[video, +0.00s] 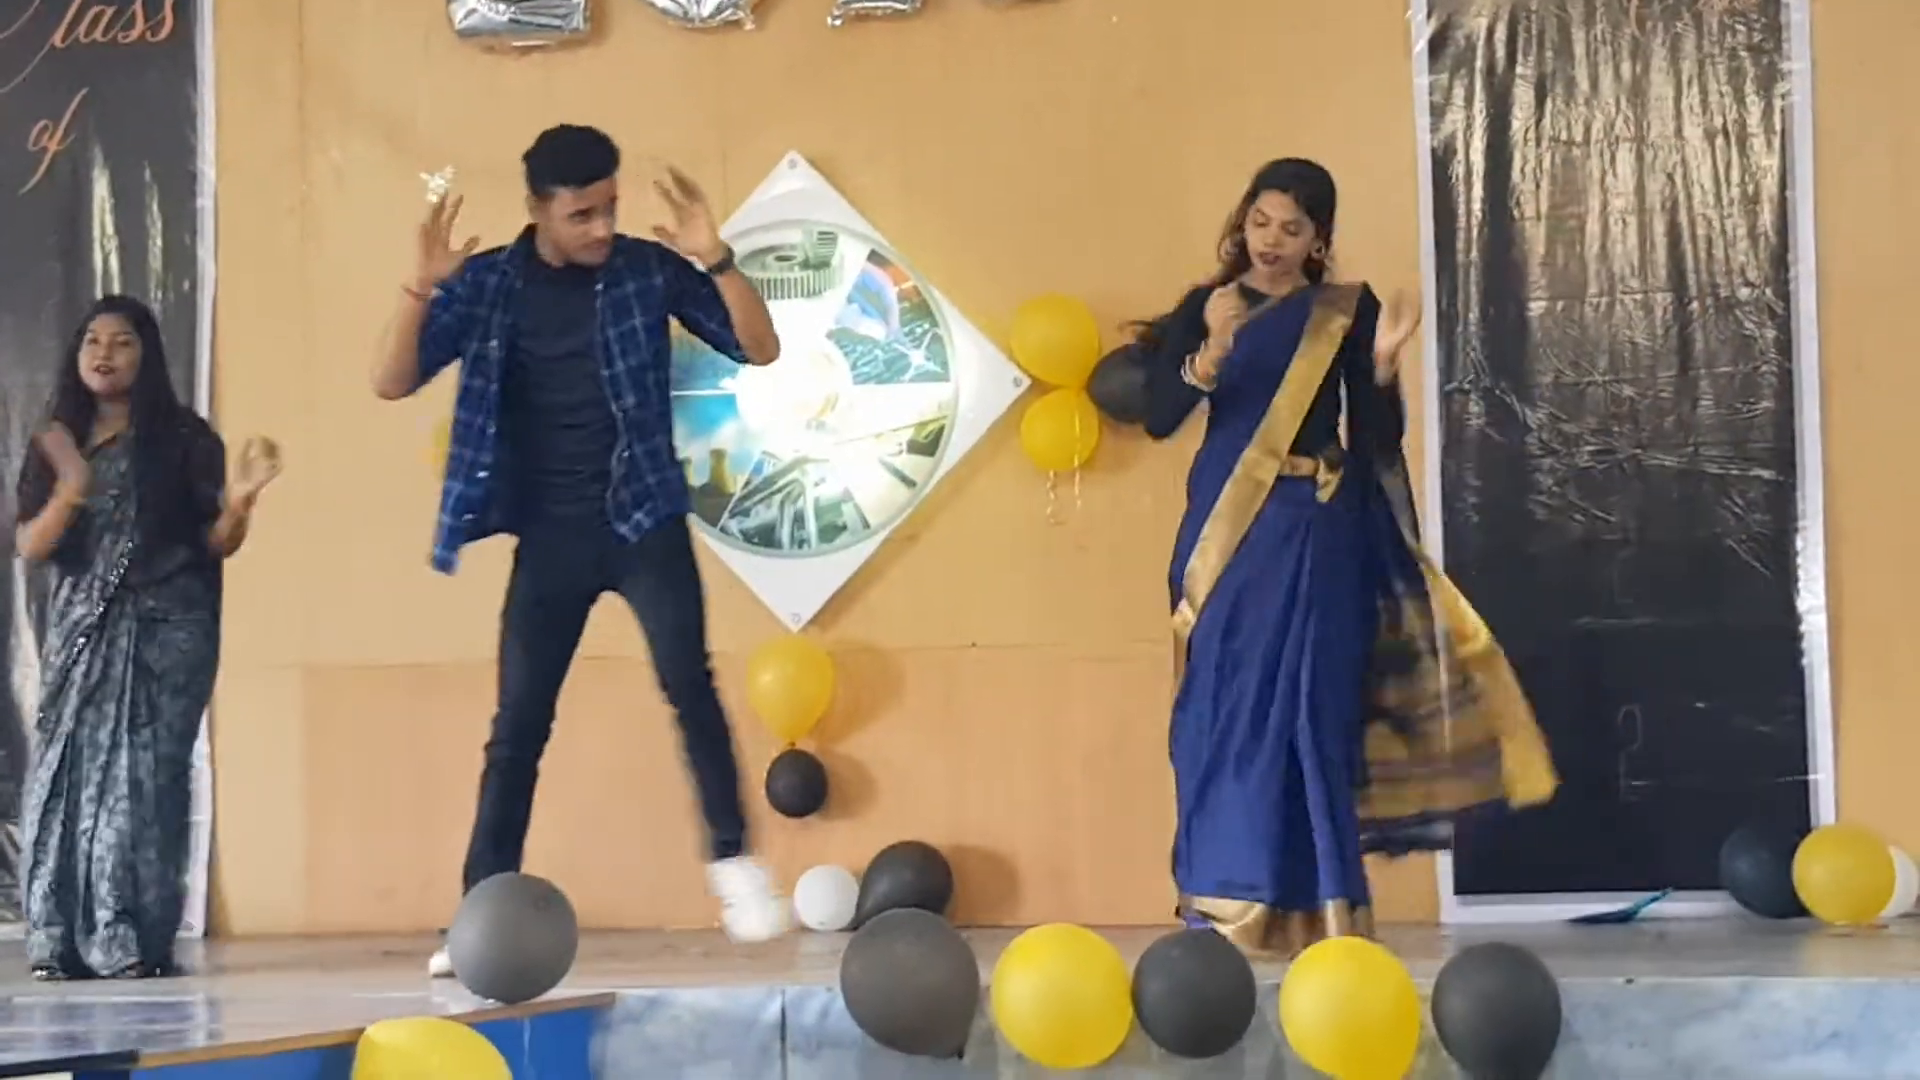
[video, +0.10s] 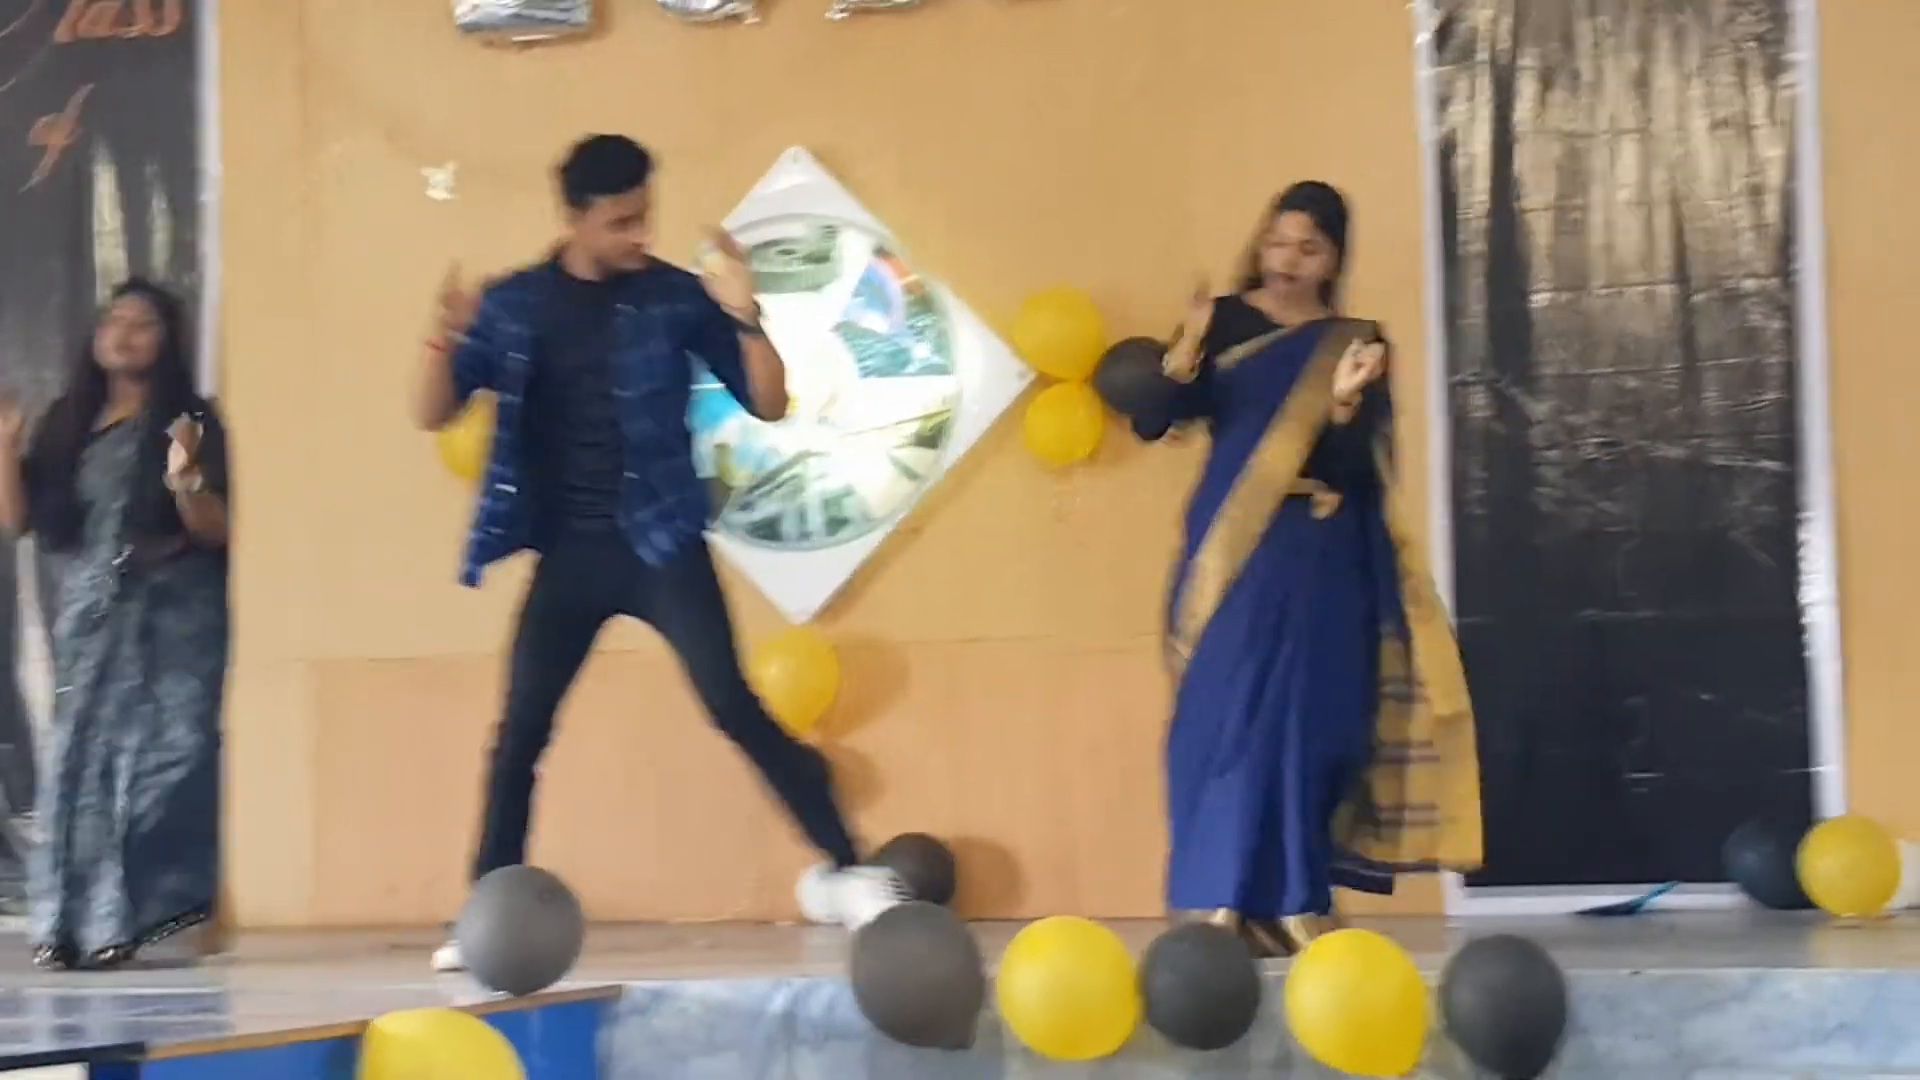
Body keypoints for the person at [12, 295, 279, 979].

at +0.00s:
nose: (104, 355)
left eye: (121, 344)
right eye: (93, 342)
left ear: (148, 356)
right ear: (77, 355)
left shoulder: (189, 439)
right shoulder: (56, 441)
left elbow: (217, 545)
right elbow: (31, 546)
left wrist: (237, 508)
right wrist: (69, 486)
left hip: (169, 628)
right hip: (86, 628)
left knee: (148, 775)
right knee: (70, 771)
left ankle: (136, 939)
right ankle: (61, 938)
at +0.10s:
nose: (125, 337)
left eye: (142, 327)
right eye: (115, 324)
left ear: (168, 341)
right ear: (96, 336)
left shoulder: (193, 422)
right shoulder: (71, 420)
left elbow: (217, 532)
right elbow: (21, 521)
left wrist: (189, 482)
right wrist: (10, 453)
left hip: (176, 617)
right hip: (94, 617)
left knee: (167, 757)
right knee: (84, 755)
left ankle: (130, 919)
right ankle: (68, 923)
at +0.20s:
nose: (160, 317)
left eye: (176, 307)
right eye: (149, 304)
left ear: (200, 321)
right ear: (128, 315)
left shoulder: (216, 400)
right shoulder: (98, 392)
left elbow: (225, 499)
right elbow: (28, 475)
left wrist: (151, 440)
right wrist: (9, 408)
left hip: (203, 603)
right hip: (123, 602)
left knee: (219, 744)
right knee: (114, 746)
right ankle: (98, 916)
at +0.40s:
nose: (227, 316)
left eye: (244, 306)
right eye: (216, 304)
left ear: (270, 319)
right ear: (198, 316)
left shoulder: (278, 401)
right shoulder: (179, 391)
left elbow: (232, 475)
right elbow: (108, 430)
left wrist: (137, 445)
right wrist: (49, 407)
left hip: (249, 588)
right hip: (179, 586)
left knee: (281, 738)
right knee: (148, 739)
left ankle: (350, 894)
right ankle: (116, 916)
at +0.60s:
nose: (308, 303)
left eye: (324, 292)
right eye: (296, 292)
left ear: (352, 306)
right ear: (280, 308)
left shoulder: (370, 383)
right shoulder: (267, 387)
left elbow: (322, 456)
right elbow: (185, 435)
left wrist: (219, 452)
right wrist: (85, 430)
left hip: (344, 565)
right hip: (267, 567)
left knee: (350, 721)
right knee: (218, 712)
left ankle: (391, 888)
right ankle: (181, 892)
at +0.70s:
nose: (353, 284)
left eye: (368, 274)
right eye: (340, 273)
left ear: (390, 290)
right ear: (321, 289)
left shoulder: (408, 356)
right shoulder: (305, 365)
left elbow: (390, 435)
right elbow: (228, 424)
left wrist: (282, 438)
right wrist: (134, 416)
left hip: (386, 546)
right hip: (311, 549)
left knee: (385, 708)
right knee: (276, 695)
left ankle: (419, 880)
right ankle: (246, 865)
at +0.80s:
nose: (384, 273)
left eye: (398, 264)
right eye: (371, 263)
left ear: (419, 278)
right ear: (349, 278)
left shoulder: (435, 345)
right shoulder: (329, 351)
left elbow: (462, 423)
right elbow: (265, 421)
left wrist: (356, 425)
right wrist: (186, 422)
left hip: (411, 535)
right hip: (336, 538)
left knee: (415, 698)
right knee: (326, 693)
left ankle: (439, 871)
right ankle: (328, 869)